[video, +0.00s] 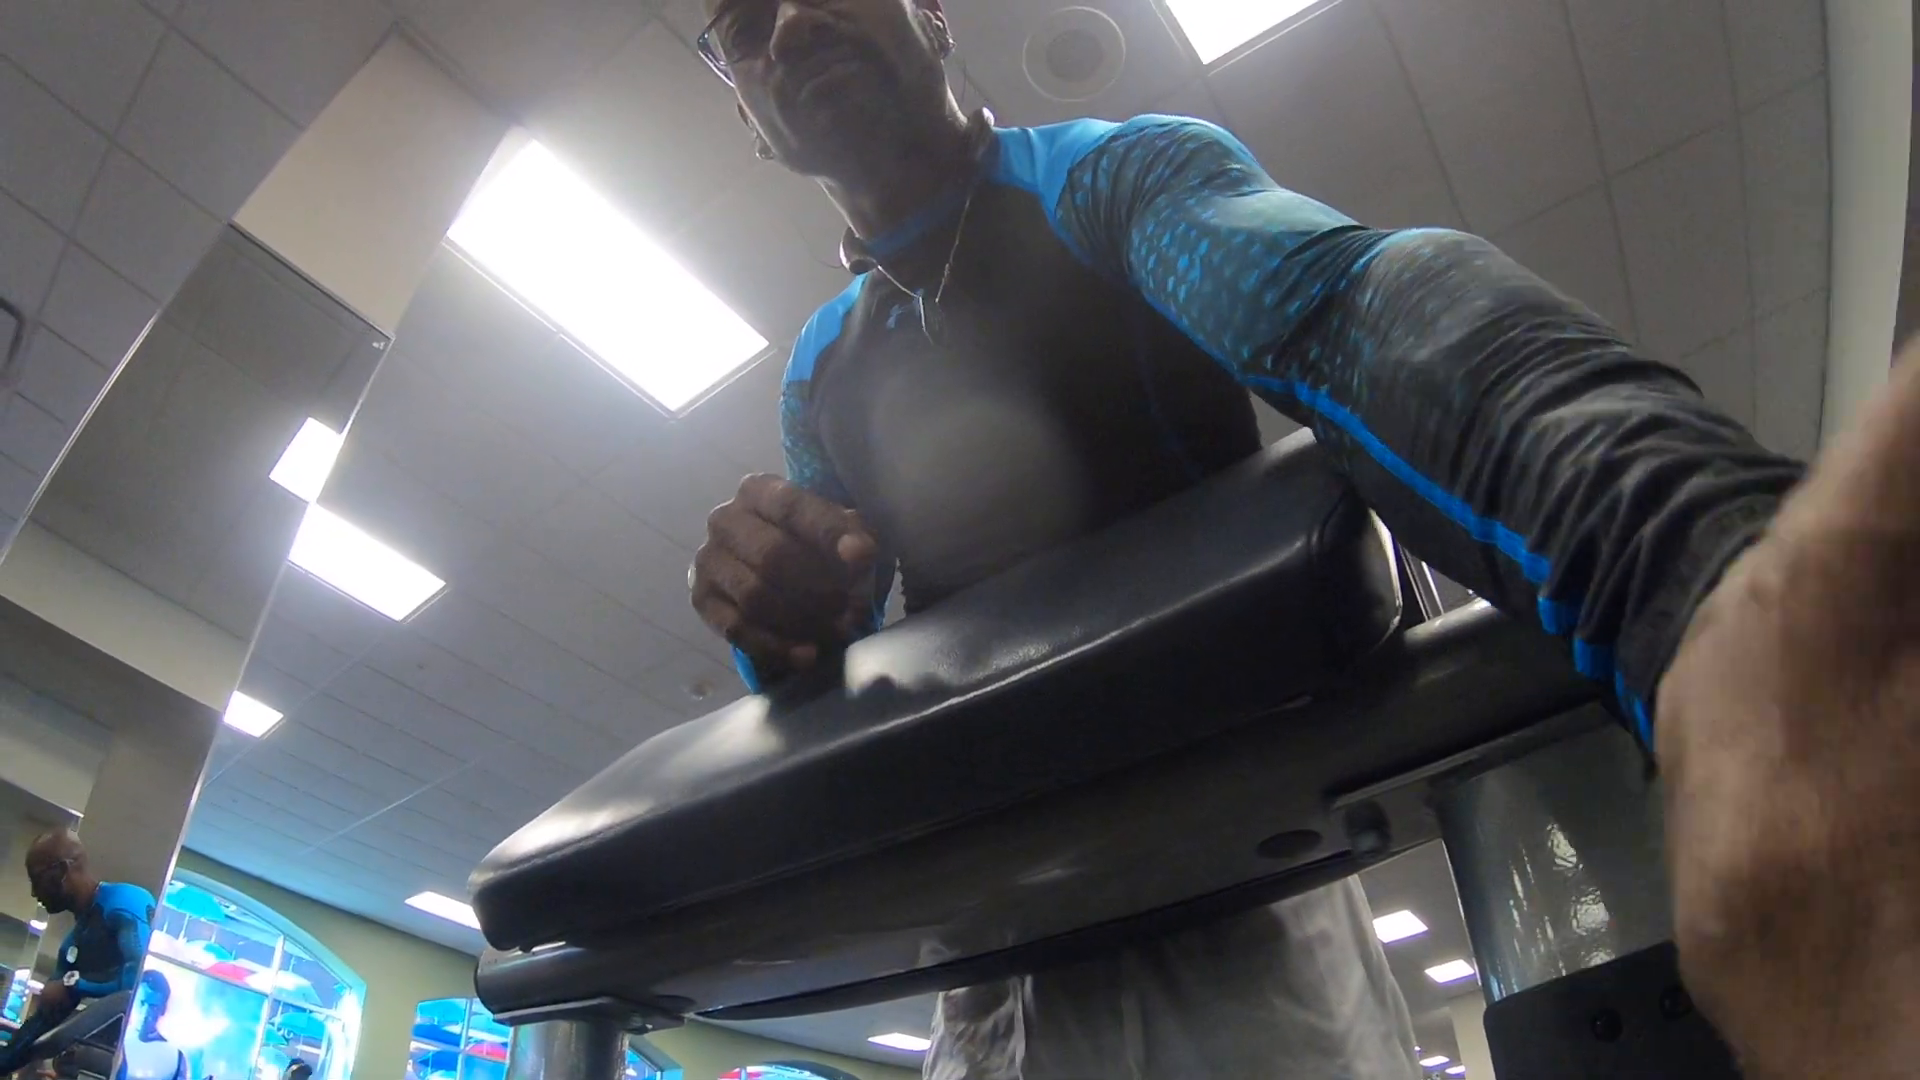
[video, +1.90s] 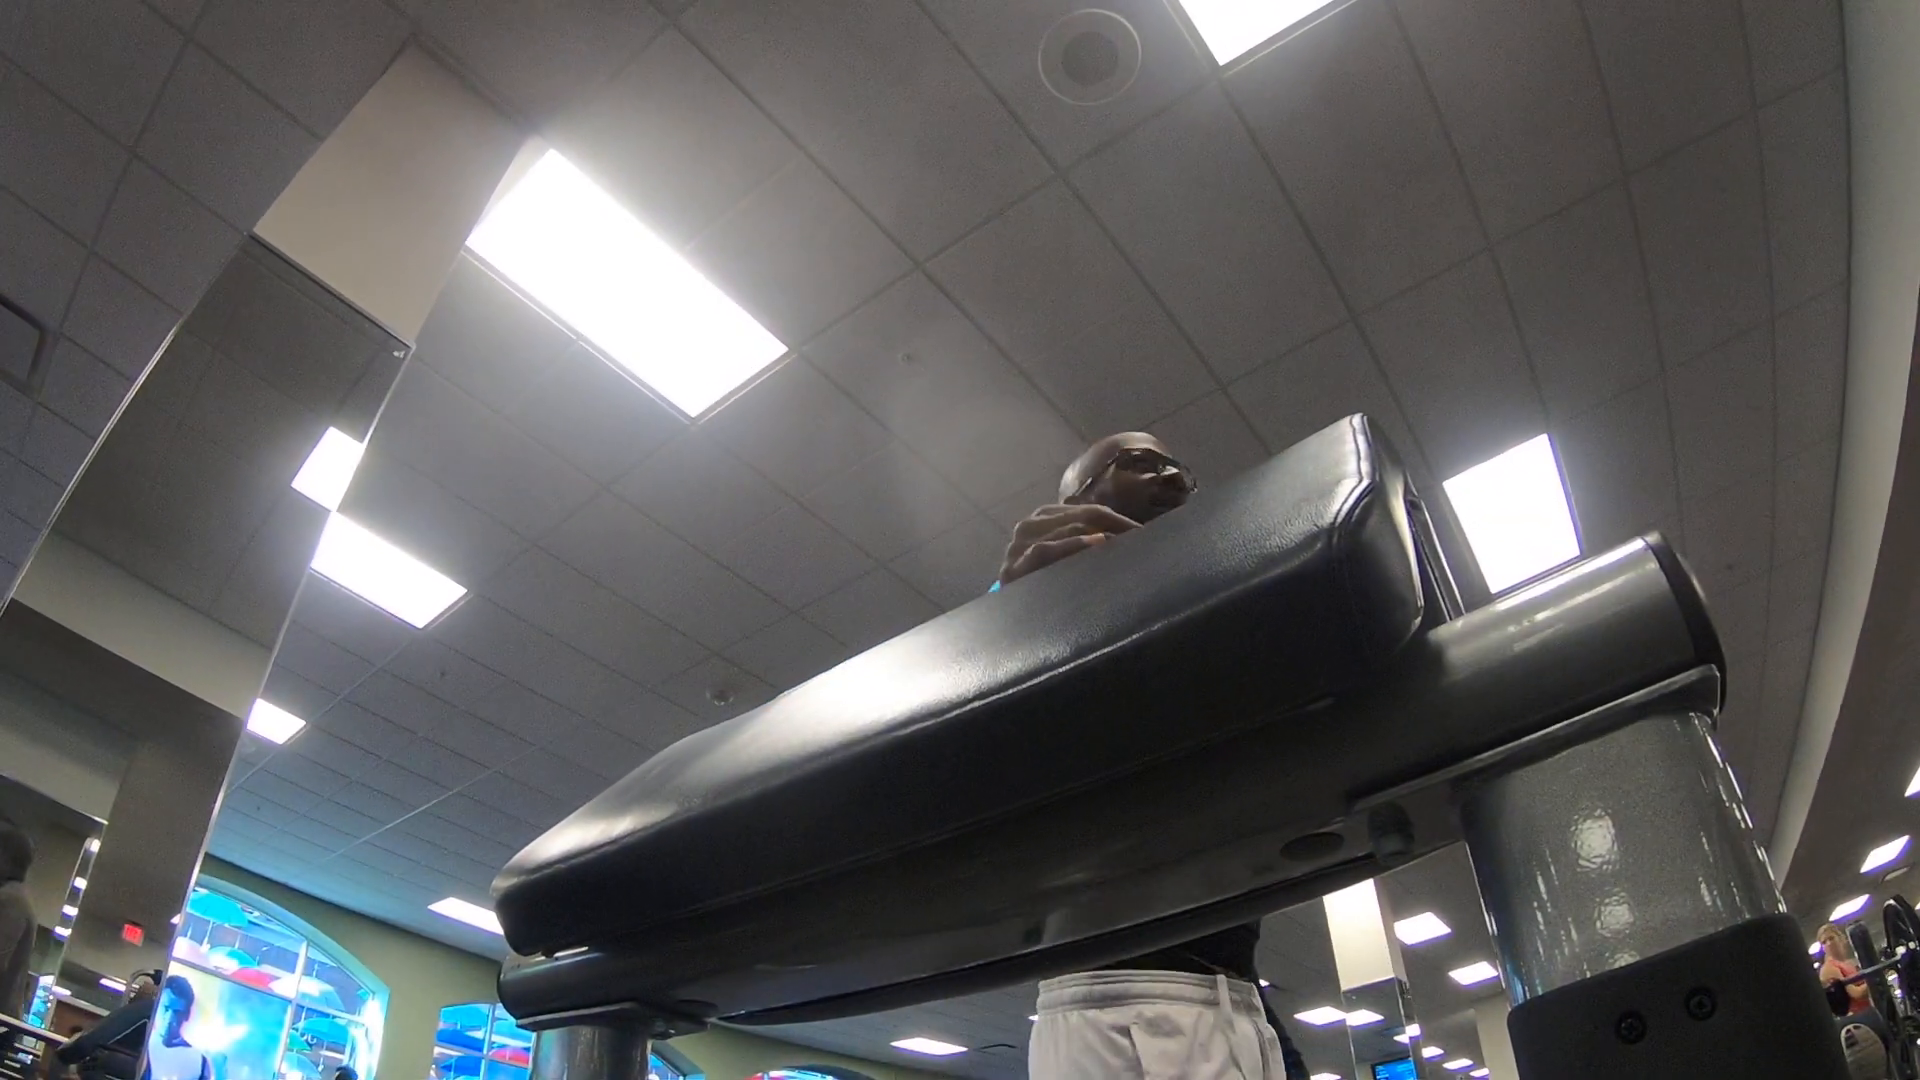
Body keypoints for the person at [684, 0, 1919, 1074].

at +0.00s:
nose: (795, 41)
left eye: (826, 9)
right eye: (751, 40)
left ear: (932, 36)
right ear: (745, 117)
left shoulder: (1103, 179)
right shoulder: (818, 376)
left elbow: (1349, 309)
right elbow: (855, 681)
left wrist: (1715, 600)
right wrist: (807, 630)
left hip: (1264, 778)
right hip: (1020, 850)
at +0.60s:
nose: (871, 192)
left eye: (892, 158)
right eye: (841, 189)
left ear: (975, 181)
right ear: (836, 260)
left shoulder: (1139, 299)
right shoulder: (853, 460)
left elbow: (1363, 428)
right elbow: (805, 738)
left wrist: (1610, 475)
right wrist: (769, 520)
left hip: (1249, 825)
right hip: (1000, 885)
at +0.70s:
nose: (885, 224)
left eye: (903, 196)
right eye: (851, 223)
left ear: (978, 229)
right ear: (835, 286)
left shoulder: (1139, 349)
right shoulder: (830, 477)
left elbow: (1353, 512)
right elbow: (792, 762)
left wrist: (1589, 522)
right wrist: (788, 512)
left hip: (1235, 865)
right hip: (977, 921)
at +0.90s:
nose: (880, 285)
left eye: (901, 263)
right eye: (848, 284)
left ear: (952, 293)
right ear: (829, 350)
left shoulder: (1118, 440)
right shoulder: (837, 528)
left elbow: (1244, 642)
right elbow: (771, 744)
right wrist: (810, 532)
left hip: (1182, 912)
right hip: (958, 965)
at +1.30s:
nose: (1037, 351)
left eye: (1033, 338)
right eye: (1000, 330)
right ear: (909, 372)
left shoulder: (1090, 522)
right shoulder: (846, 521)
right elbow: (761, 693)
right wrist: (929, 567)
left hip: (1166, 936)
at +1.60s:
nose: (1137, 454)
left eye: (1131, 434)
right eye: (1118, 424)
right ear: (1049, 415)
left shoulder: (1146, 564)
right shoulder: (930, 543)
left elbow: (1176, 834)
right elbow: (836, 705)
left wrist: (1259, 1034)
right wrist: (977, 583)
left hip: (1196, 980)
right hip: (1048, 990)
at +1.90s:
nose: (1179, 475)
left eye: (1178, 467)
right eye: (1140, 461)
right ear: (1074, 505)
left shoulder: (1228, 587)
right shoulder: (1059, 598)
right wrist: (1010, 597)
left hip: (1237, 999)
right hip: (1104, 1004)